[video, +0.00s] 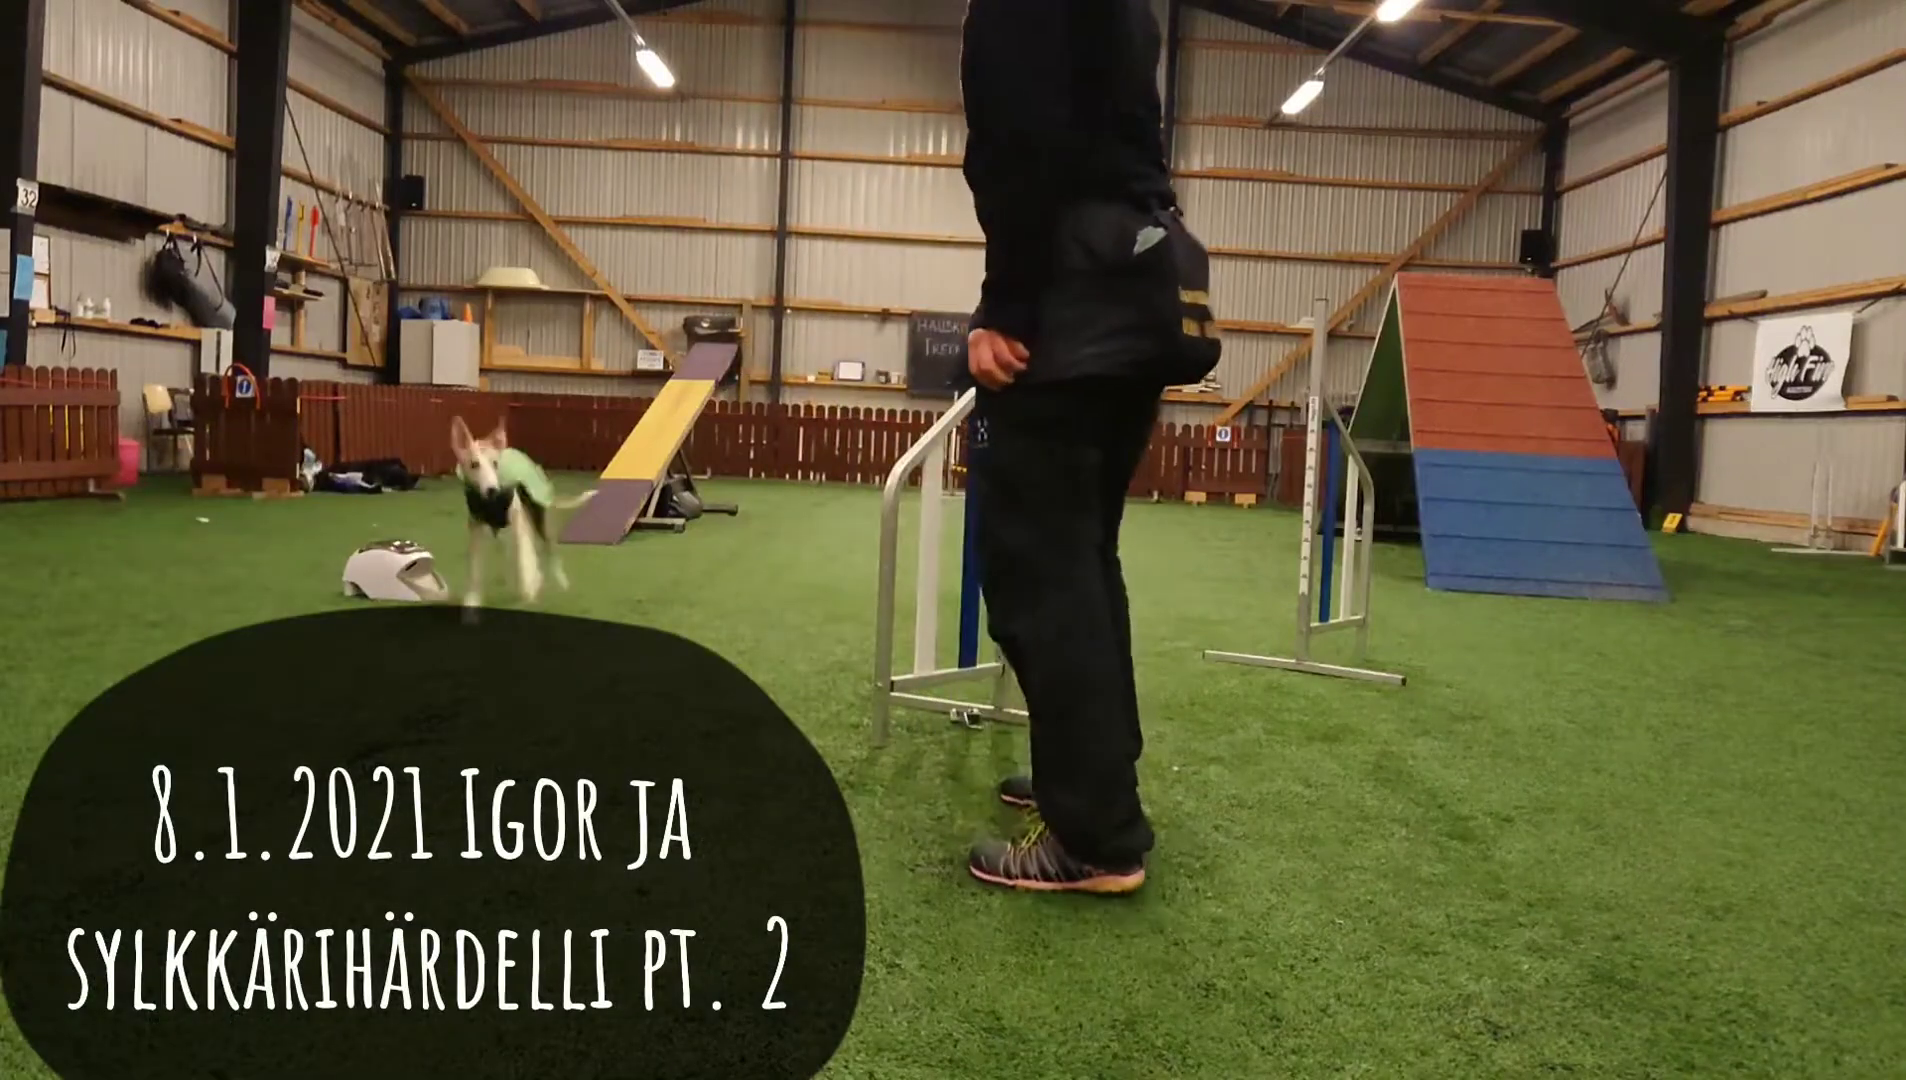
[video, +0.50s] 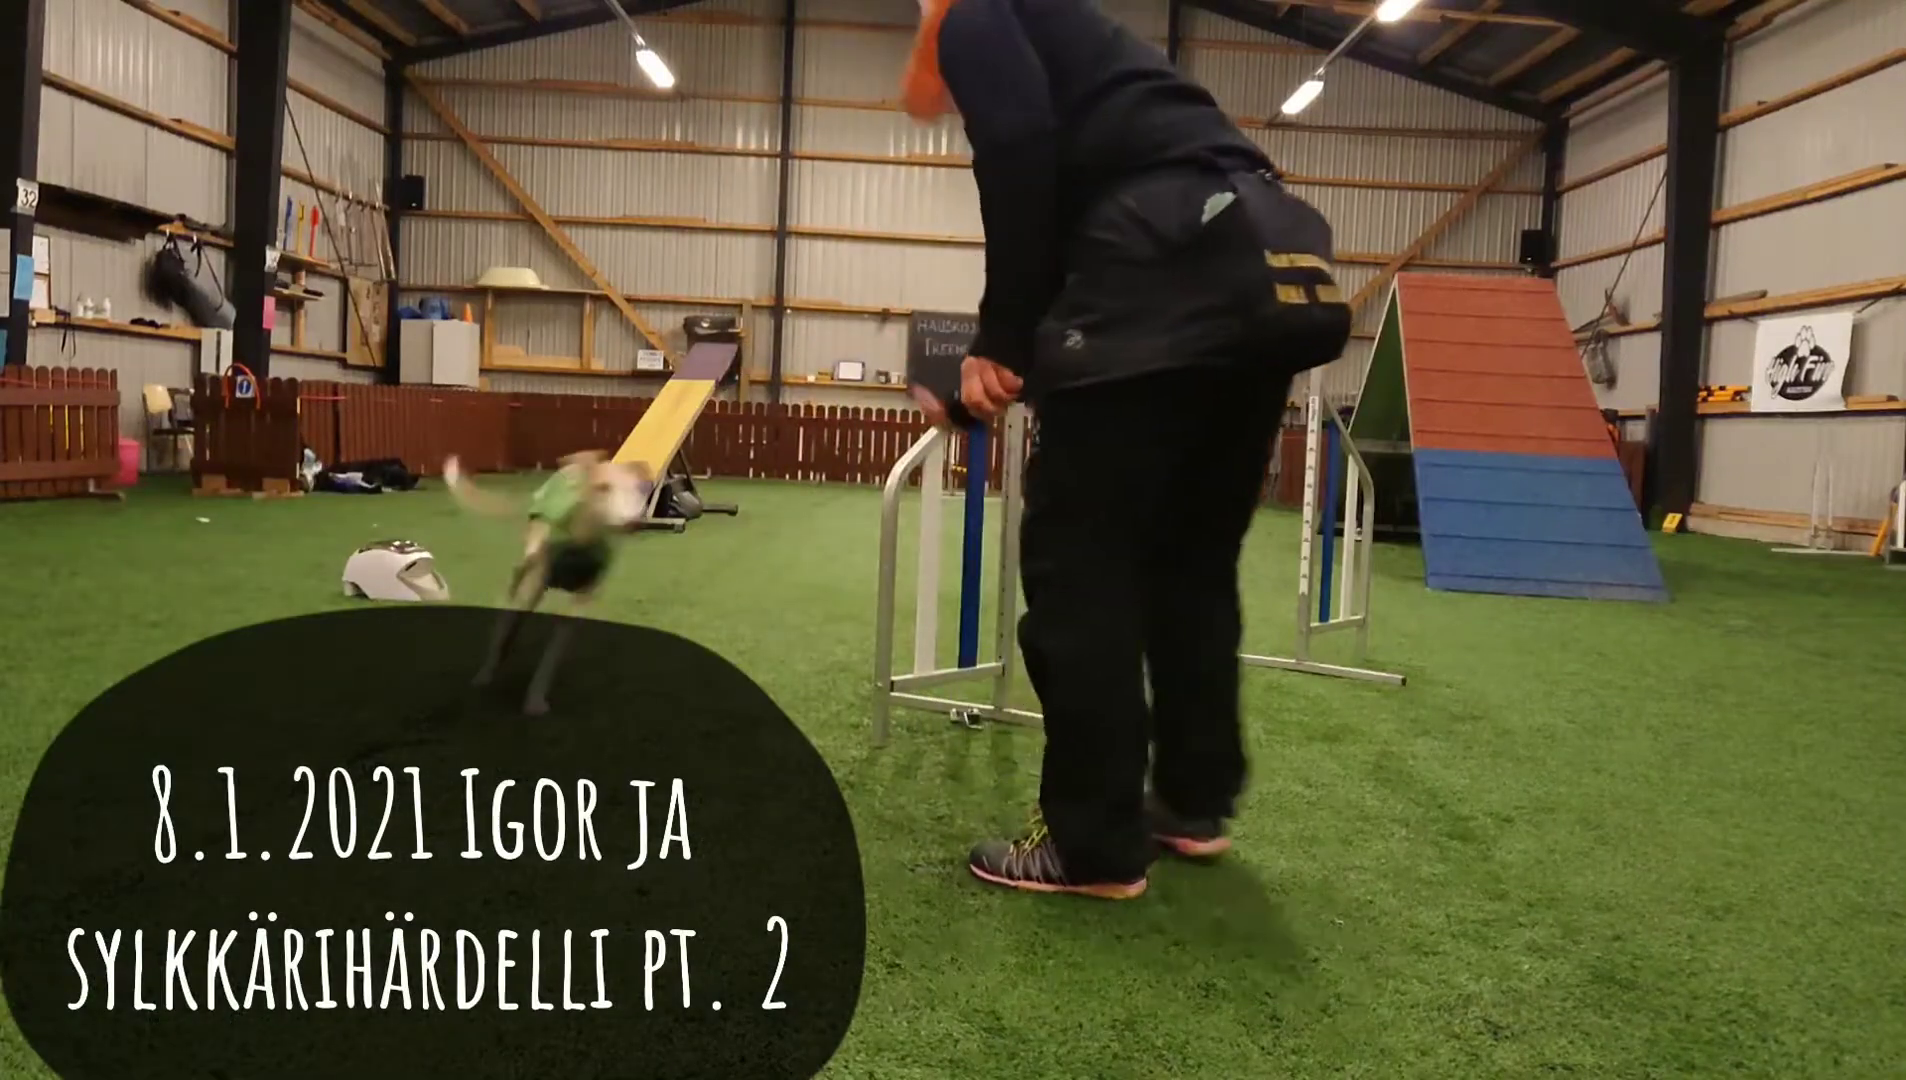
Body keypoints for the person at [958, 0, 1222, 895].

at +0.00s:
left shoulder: (1013, 13)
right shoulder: (1120, 20)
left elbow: (1018, 139)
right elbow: (1121, 150)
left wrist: (1001, 305)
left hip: (1064, 325)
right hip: (1124, 319)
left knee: (1038, 576)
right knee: (1077, 560)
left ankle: (1099, 841)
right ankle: (1087, 780)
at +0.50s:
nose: (933, 97)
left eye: (931, 58)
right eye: (927, 82)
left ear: (942, 12)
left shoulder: (973, 17)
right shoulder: (1092, 40)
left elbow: (1020, 148)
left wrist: (1002, 339)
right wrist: (980, 374)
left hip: (1146, 302)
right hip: (1260, 291)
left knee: (1075, 569)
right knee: (1194, 557)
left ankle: (1094, 846)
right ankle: (1195, 807)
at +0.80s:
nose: (993, 143)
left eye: (990, 109)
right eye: (989, 127)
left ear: (1015, 36)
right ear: (1089, 27)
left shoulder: (1028, 51)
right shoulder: (1166, 81)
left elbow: (1056, 163)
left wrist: (1037, 349)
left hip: (1198, 297)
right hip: (1334, 296)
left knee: (1135, 588)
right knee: (1293, 581)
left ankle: (1104, 847)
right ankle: (1271, 828)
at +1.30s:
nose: (1031, 43)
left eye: (1033, 34)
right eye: (1036, 35)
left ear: (1057, 31)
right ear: (1128, 34)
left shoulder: (1051, 66)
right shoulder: (1179, 85)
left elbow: (1051, 191)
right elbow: (1221, 240)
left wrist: (1009, 346)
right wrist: (1189, 420)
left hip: (1158, 304)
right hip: (1281, 311)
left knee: (1062, 557)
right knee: (1264, 574)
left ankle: (997, 792)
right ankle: (1270, 826)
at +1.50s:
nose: (994, 32)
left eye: (997, 25)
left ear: (1013, 27)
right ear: (1090, 33)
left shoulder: (990, 76)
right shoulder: (1132, 88)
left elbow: (971, 202)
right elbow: (1155, 218)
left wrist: (923, 354)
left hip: (1061, 337)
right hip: (1188, 336)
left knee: (976, 549)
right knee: (1209, 568)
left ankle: (898, 737)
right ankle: (1261, 808)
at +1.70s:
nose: (908, 34)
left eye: (911, 25)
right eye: (1019, 34)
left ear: (926, 27)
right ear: (1005, 36)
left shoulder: (897, 77)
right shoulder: (1040, 94)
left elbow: (856, 211)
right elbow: (1045, 217)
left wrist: (806, 352)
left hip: (938, 324)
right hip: (1063, 326)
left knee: (885, 533)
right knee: (1075, 540)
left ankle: (873, 745)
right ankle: (1183, 709)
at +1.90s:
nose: (859, 30)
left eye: (861, 22)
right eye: (958, 32)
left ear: (872, 24)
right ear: (946, 37)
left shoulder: (843, 68)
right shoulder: (986, 105)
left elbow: (789, 199)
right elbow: (984, 230)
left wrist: (740, 337)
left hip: (877, 322)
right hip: (989, 329)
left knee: (852, 533)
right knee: (910, 506)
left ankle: (872, 745)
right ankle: (991, 678)